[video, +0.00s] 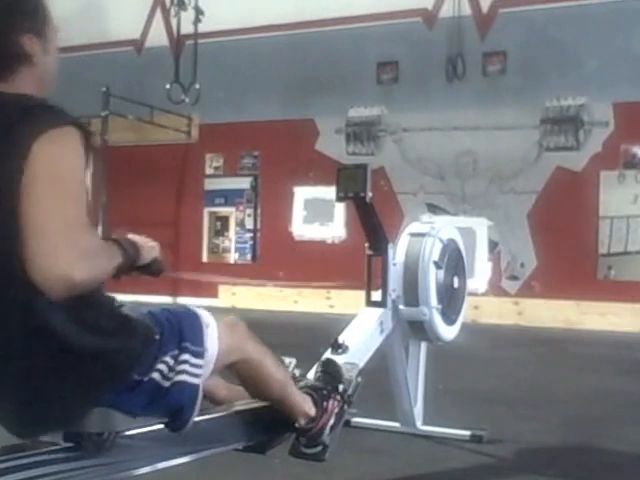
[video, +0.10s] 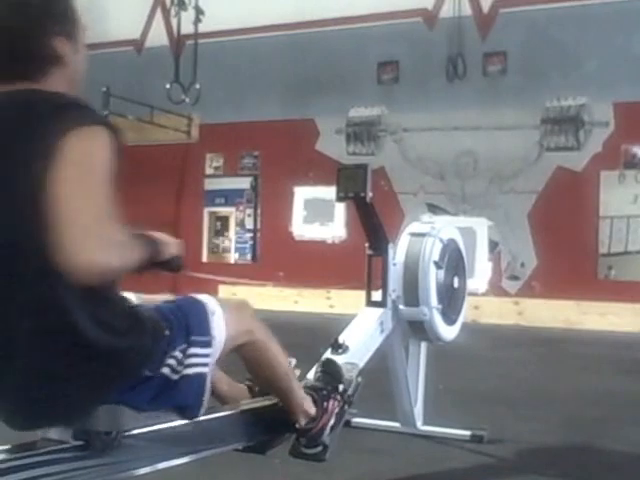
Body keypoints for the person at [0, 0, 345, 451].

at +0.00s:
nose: (56, 58)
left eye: (54, 45)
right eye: (52, 45)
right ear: (29, 45)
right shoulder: (45, 129)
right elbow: (61, 267)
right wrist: (128, 249)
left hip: (8, 356)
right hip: (54, 358)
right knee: (234, 335)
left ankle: (251, 407)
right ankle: (307, 412)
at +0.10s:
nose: (86, 59)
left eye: (84, 46)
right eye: (82, 46)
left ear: (5, 49)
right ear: (59, 47)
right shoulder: (71, 125)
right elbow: (86, 255)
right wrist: (151, 246)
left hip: (8, 363)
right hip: (69, 360)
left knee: (155, 316)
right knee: (242, 318)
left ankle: (242, 401)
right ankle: (305, 412)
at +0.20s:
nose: (121, 57)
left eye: (118, 45)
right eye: (117, 45)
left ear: (36, 54)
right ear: (98, 49)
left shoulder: (13, 128)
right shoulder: (113, 127)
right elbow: (174, 250)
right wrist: (208, 245)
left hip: (35, 365)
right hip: (108, 360)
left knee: (176, 293)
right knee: (254, 298)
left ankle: (250, 409)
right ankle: (306, 411)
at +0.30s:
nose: (158, 65)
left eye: (154, 52)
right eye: (153, 52)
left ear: (75, 62)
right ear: (136, 58)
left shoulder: (35, 134)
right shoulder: (161, 138)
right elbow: (244, 246)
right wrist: (261, 228)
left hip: (60, 368)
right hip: (139, 369)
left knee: (194, 274)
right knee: (270, 278)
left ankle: (240, 402)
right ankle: (309, 413)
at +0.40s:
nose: (195, 78)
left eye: (191, 64)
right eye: (190, 64)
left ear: (113, 78)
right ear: (175, 71)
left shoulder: (76, 147)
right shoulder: (203, 145)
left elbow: (60, 261)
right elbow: (299, 243)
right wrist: (309, 231)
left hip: (93, 368)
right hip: (173, 367)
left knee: (211, 263)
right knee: (285, 266)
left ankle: (248, 412)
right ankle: (311, 414)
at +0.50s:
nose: (223, 86)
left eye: (220, 75)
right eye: (220, 75)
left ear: (150, 86)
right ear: (208, 86)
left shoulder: (119, 149)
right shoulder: (239, 154)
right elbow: (330, 241)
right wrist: (351, 242)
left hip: (120, 360)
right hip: (207, 362)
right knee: (297, 257)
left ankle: (267, 375)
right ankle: (312, 413)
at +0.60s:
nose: (249, 100)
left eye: (246, 89)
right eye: (245, 89)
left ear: (179, 98)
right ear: (233, 98)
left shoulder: (151, 154)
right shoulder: (254, 157)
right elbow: (342, 232)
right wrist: (367, 250)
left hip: (144, 356)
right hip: (225, 358)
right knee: (304, 249)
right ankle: (311, 409)